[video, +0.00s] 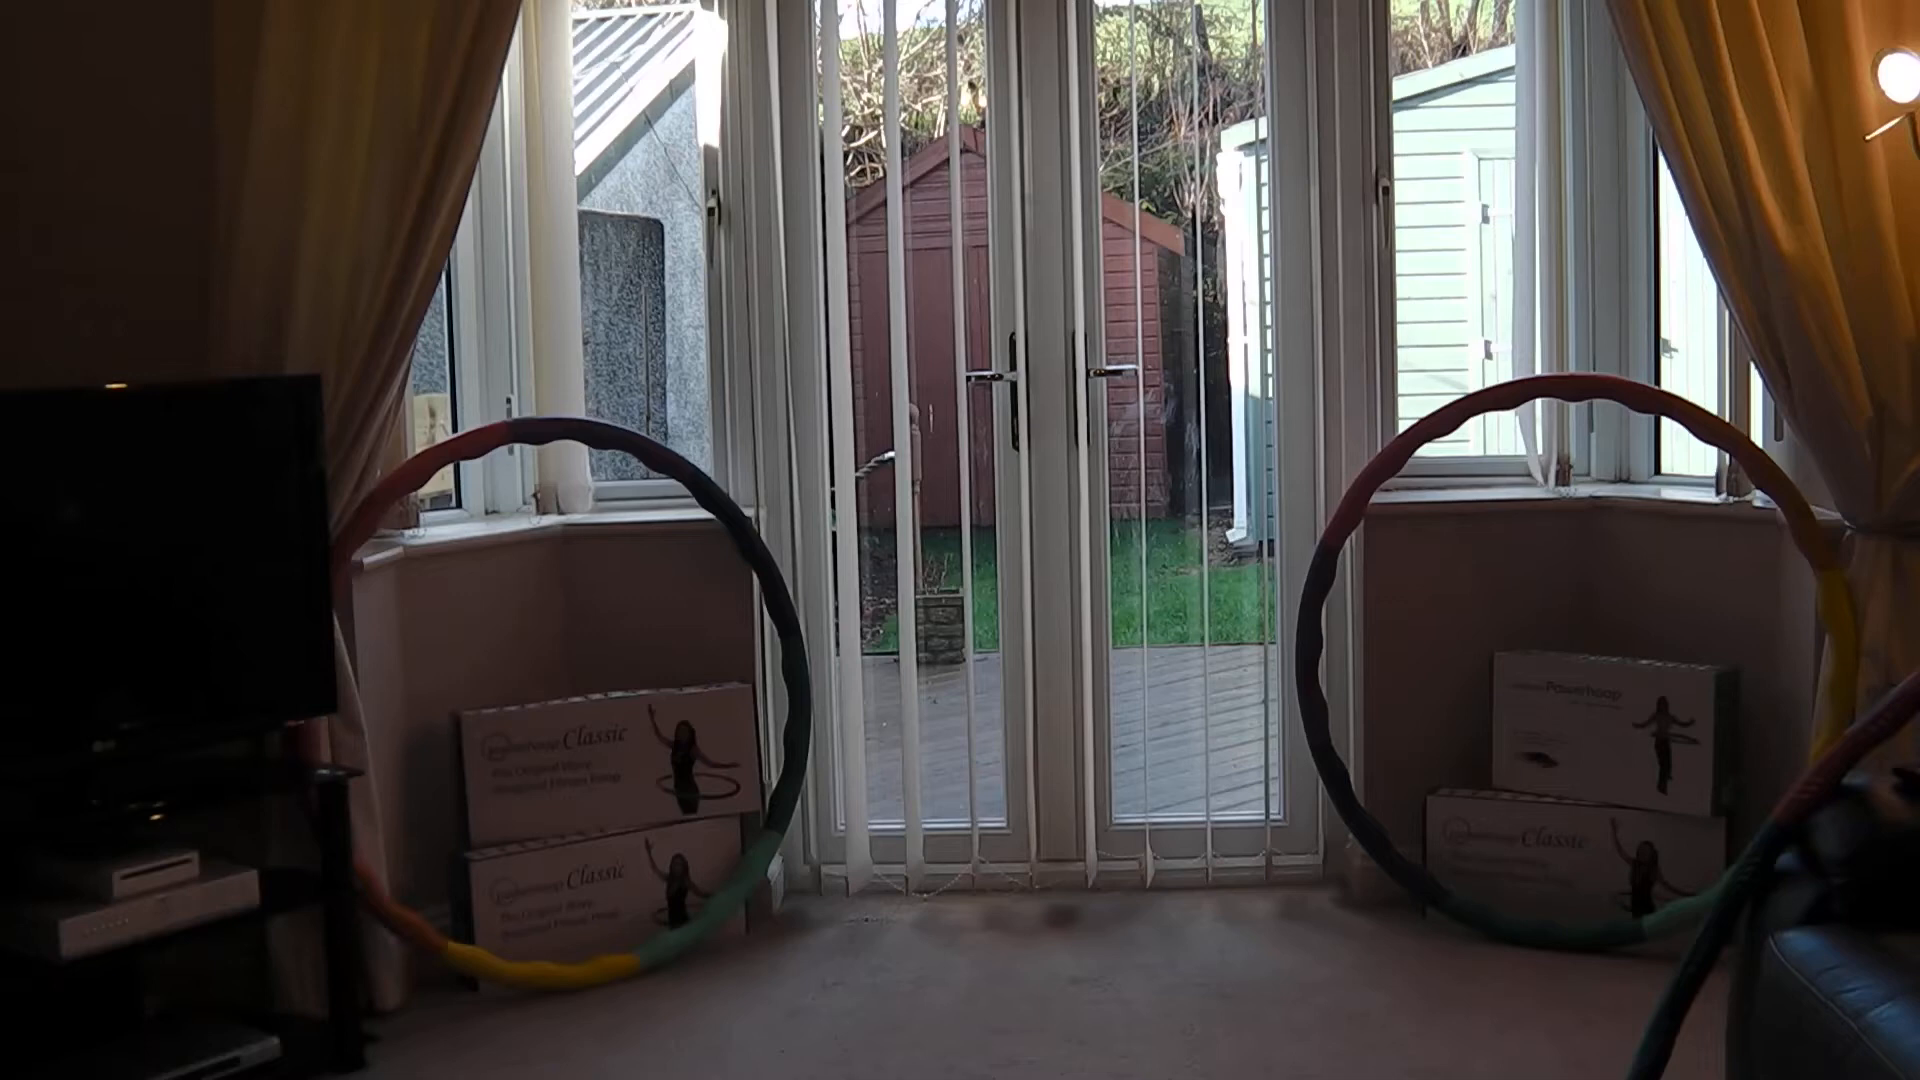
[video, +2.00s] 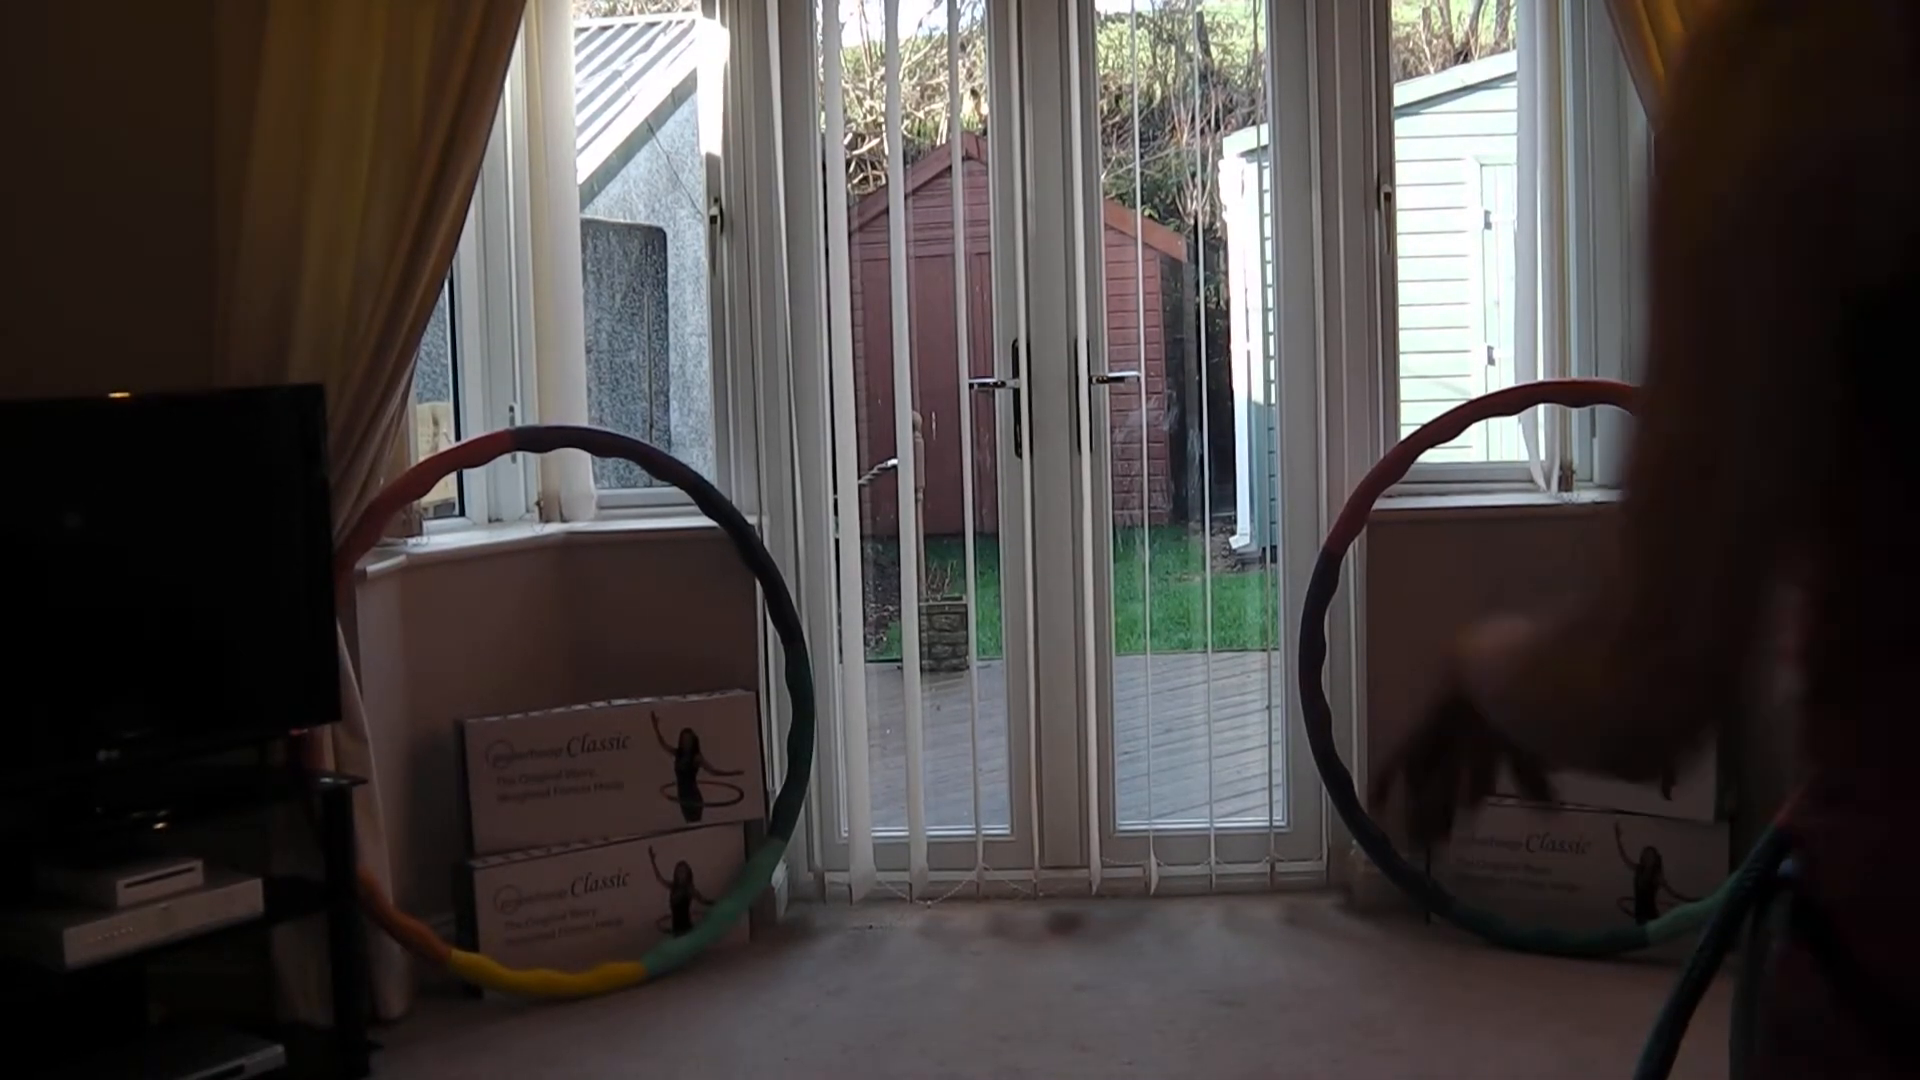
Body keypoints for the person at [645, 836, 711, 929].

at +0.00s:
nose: (677, 868)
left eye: (680, 864)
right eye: (675, 864)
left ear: (684, 866)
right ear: (671, 866)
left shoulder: (686, 881)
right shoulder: (669, 879)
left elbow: (699, 893)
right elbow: (654, 869)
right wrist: (649, 852)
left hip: (682, 917)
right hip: (671, 916)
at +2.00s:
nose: (681, 874)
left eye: (683, 871)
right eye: (679, 871)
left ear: (688, 873)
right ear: (675, 873)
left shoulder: (690, 889)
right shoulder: (673, 886)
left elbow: (702, 901)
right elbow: (659, 878)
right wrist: (653, 861)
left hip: (687, 925)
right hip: (675, 925)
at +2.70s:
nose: (681, 875)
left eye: (683, 872)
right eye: (679, 872)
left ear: (688, 873)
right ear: (675, 873)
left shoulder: (689, 889)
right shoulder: (674, 887)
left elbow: (703, 902)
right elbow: (658, 878)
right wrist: (653, 861)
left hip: (686, 923)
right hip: (675, 923)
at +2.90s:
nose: (681, 874)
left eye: (684, 871)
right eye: (679, 871)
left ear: (688, 873)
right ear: (675, 873)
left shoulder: (689, 889)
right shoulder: (674, 886)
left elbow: (702, 901)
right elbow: (658, 878)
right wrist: (653, 861)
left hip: (686, 922)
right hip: (675, 923)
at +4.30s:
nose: (681, 875)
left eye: (683, 872)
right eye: (678, 872)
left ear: (688, 874)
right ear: (675, 874)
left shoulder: (690, 889)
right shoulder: (673, 887)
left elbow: (703, 901)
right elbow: (658, 878)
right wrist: (653, 861)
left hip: (686, 923)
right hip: (675, 924)